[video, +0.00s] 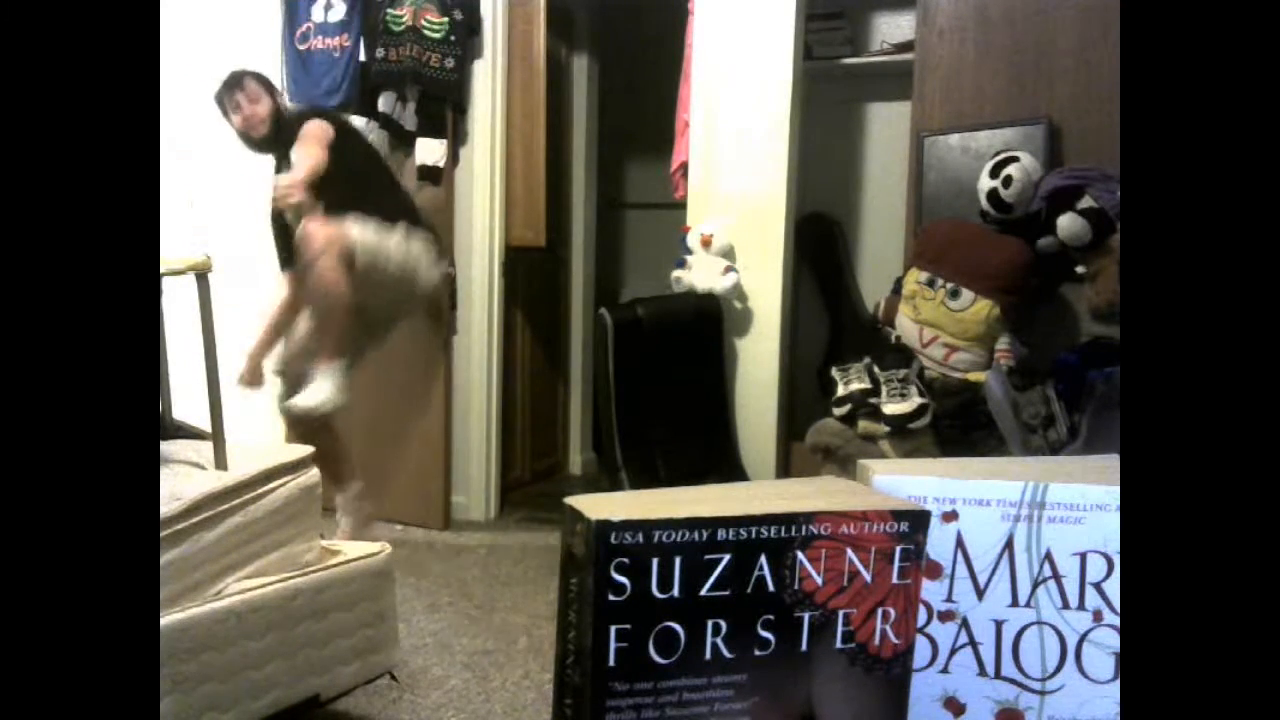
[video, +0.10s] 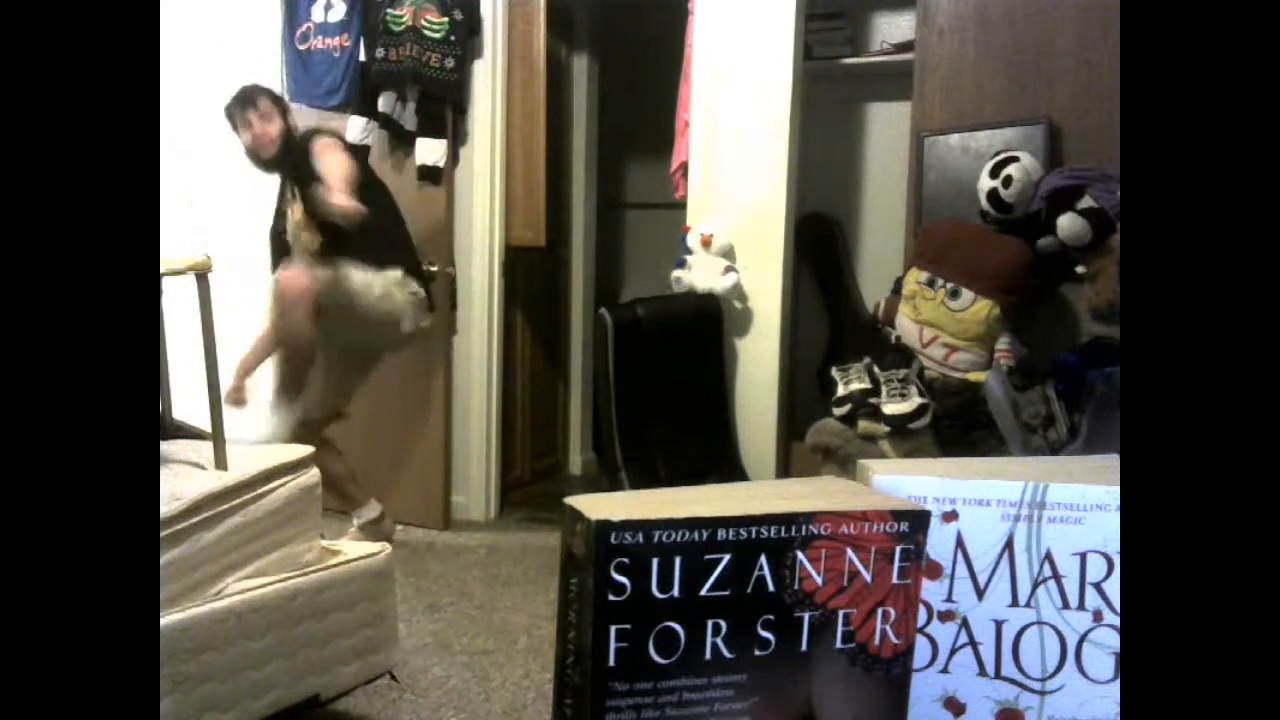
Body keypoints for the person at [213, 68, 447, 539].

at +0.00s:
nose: (245, 114)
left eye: (250, 100)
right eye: (234, 111)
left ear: (272, 96)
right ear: (232, 125)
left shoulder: (312, 123)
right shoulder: (282, 188)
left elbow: (313, 147)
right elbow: (297, 284)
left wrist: (297, 179)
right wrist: (258, 354)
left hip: (412, 260)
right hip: (356, 292)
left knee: (320, 234)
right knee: (296, 387)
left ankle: (329, 369)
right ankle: (350, 500)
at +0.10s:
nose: (256, 134)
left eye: (263, 119)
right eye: (244, 128)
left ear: (285, 117)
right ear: (240, 139)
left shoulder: (317, 144)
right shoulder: (289, 204)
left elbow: (335, 165)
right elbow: (290, 308)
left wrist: (336, 197)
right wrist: (243, 372)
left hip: (398, 295)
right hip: (354, 314)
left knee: (295, 279)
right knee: (304, 426)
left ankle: (288, 407)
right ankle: (367, 514)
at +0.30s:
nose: (241, 146)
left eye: (246, 131)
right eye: (228, 141)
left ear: (267, 129)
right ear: (222, 153)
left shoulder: (302, 151)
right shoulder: (274, 232)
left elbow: (343, 159)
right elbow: (285, 310)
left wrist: (359, 226)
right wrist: (234, 375)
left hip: (396, 296)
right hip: (349, 321)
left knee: (276, 316)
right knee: (300, 418)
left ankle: (289, 422)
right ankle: (365, 511)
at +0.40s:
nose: (237, 146)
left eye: (243, 130)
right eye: (225, 140)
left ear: (266, 127)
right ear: (219, 151)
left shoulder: (305, 150)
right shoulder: (272, 228)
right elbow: (283, 303)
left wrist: (326, 236)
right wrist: (243, 372)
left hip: (397, 293)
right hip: (350, 312)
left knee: (277, 318)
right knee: (305, 421)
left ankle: (295, 421)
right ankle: (369, 512)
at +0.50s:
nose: (237, 146)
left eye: (243, 130)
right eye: (225, 140)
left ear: (266, 127)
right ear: (219, 151)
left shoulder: (305, 150)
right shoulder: (272, 228)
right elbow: (283, 303)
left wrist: (326, 236)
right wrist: (244, 372)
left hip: (397, 293)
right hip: (350, 312)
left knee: (277, 318)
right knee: (305, 421)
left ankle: (295, 421)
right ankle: (369, 512)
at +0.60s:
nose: (224, 160)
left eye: (230, 144)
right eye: (215, 151)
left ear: (252, 135)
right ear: (212, 154)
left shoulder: (294, 167)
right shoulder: (260, 215)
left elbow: (310, 247)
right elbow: (271, 303)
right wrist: (244, 377)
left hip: (398, 285)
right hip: (359, 300)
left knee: (282, 318)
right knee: (283, 411)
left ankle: (303, 431)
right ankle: (359, 501)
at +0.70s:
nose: (214, 178)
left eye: (217, 163)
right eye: (207, 168)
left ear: (240, 149)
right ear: (209, 167)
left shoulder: (301, 185)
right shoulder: (253, 225)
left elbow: (322, 289)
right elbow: (267, 310)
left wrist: (263, 289)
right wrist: (242, 389)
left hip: (399, 288)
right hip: (356, 302)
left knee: (280, 331)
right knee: (290, 412)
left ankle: (303, 429)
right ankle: (371, 513)